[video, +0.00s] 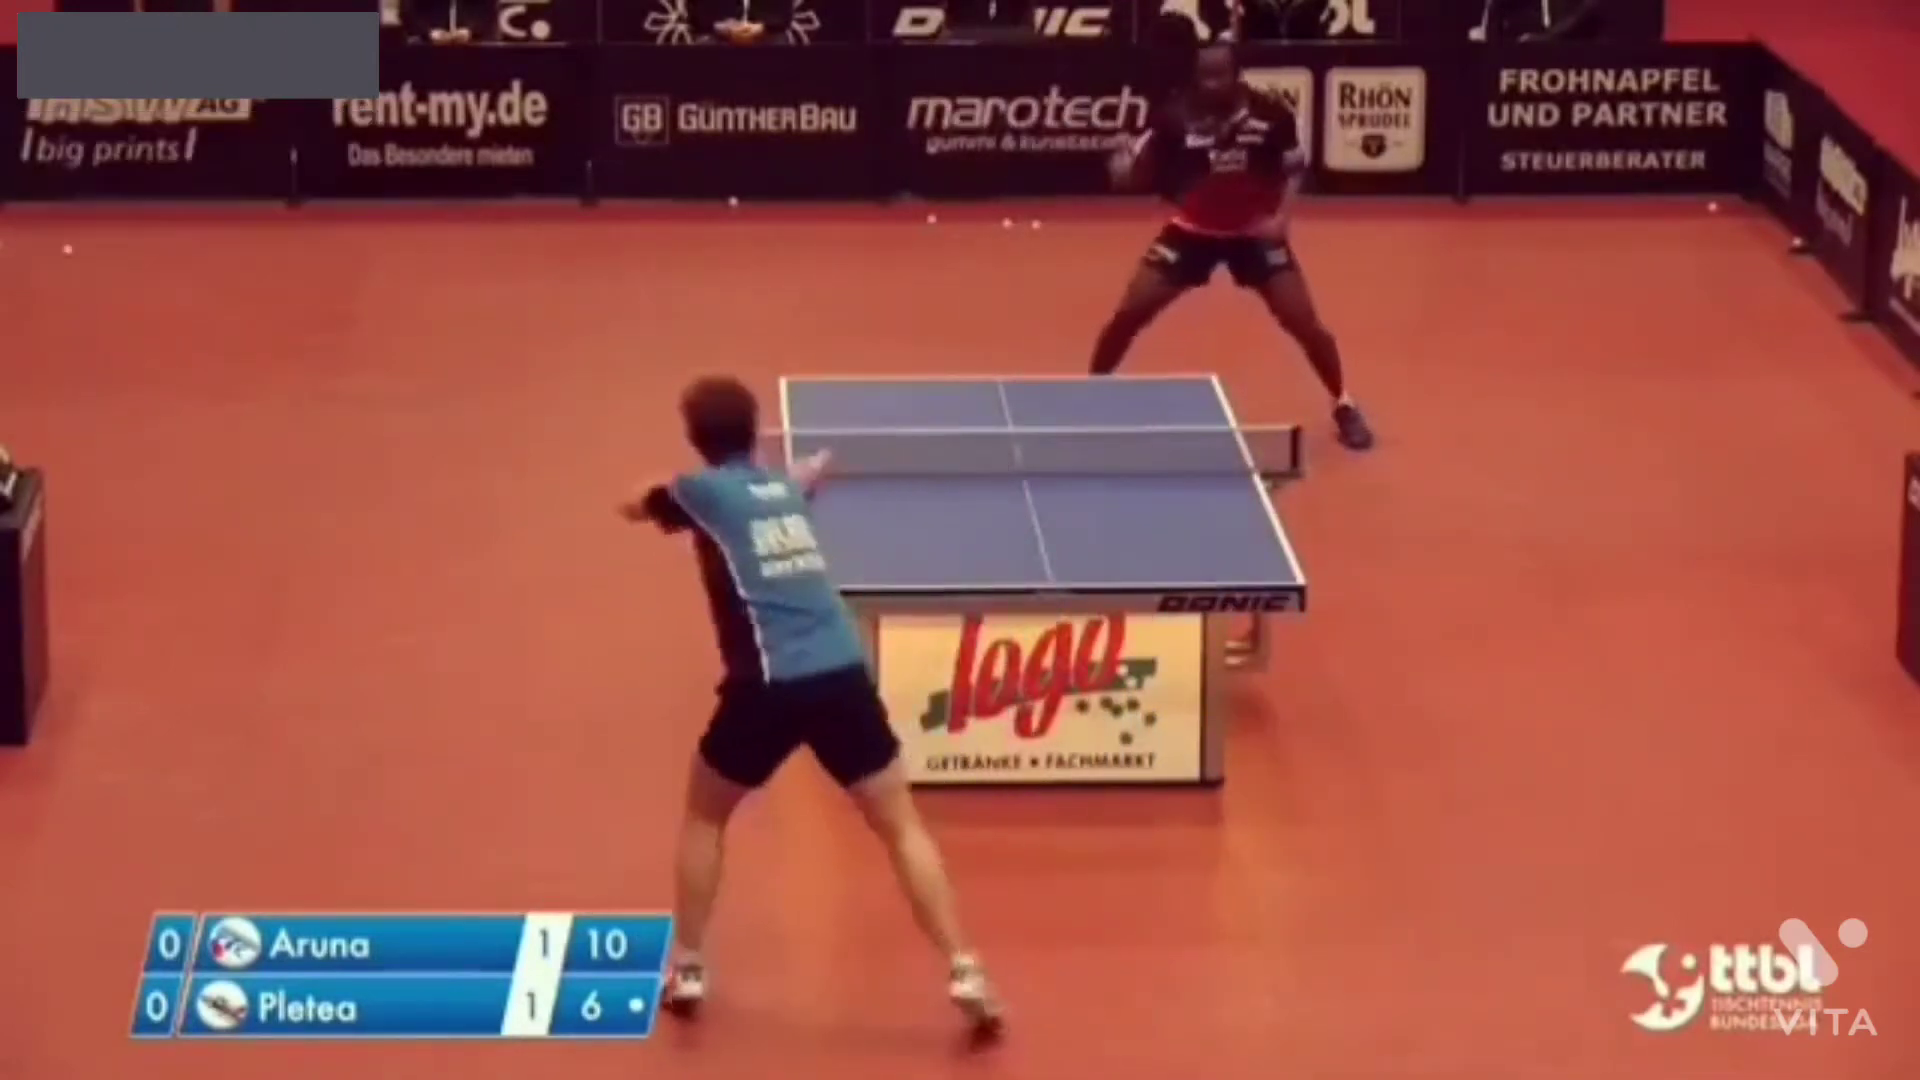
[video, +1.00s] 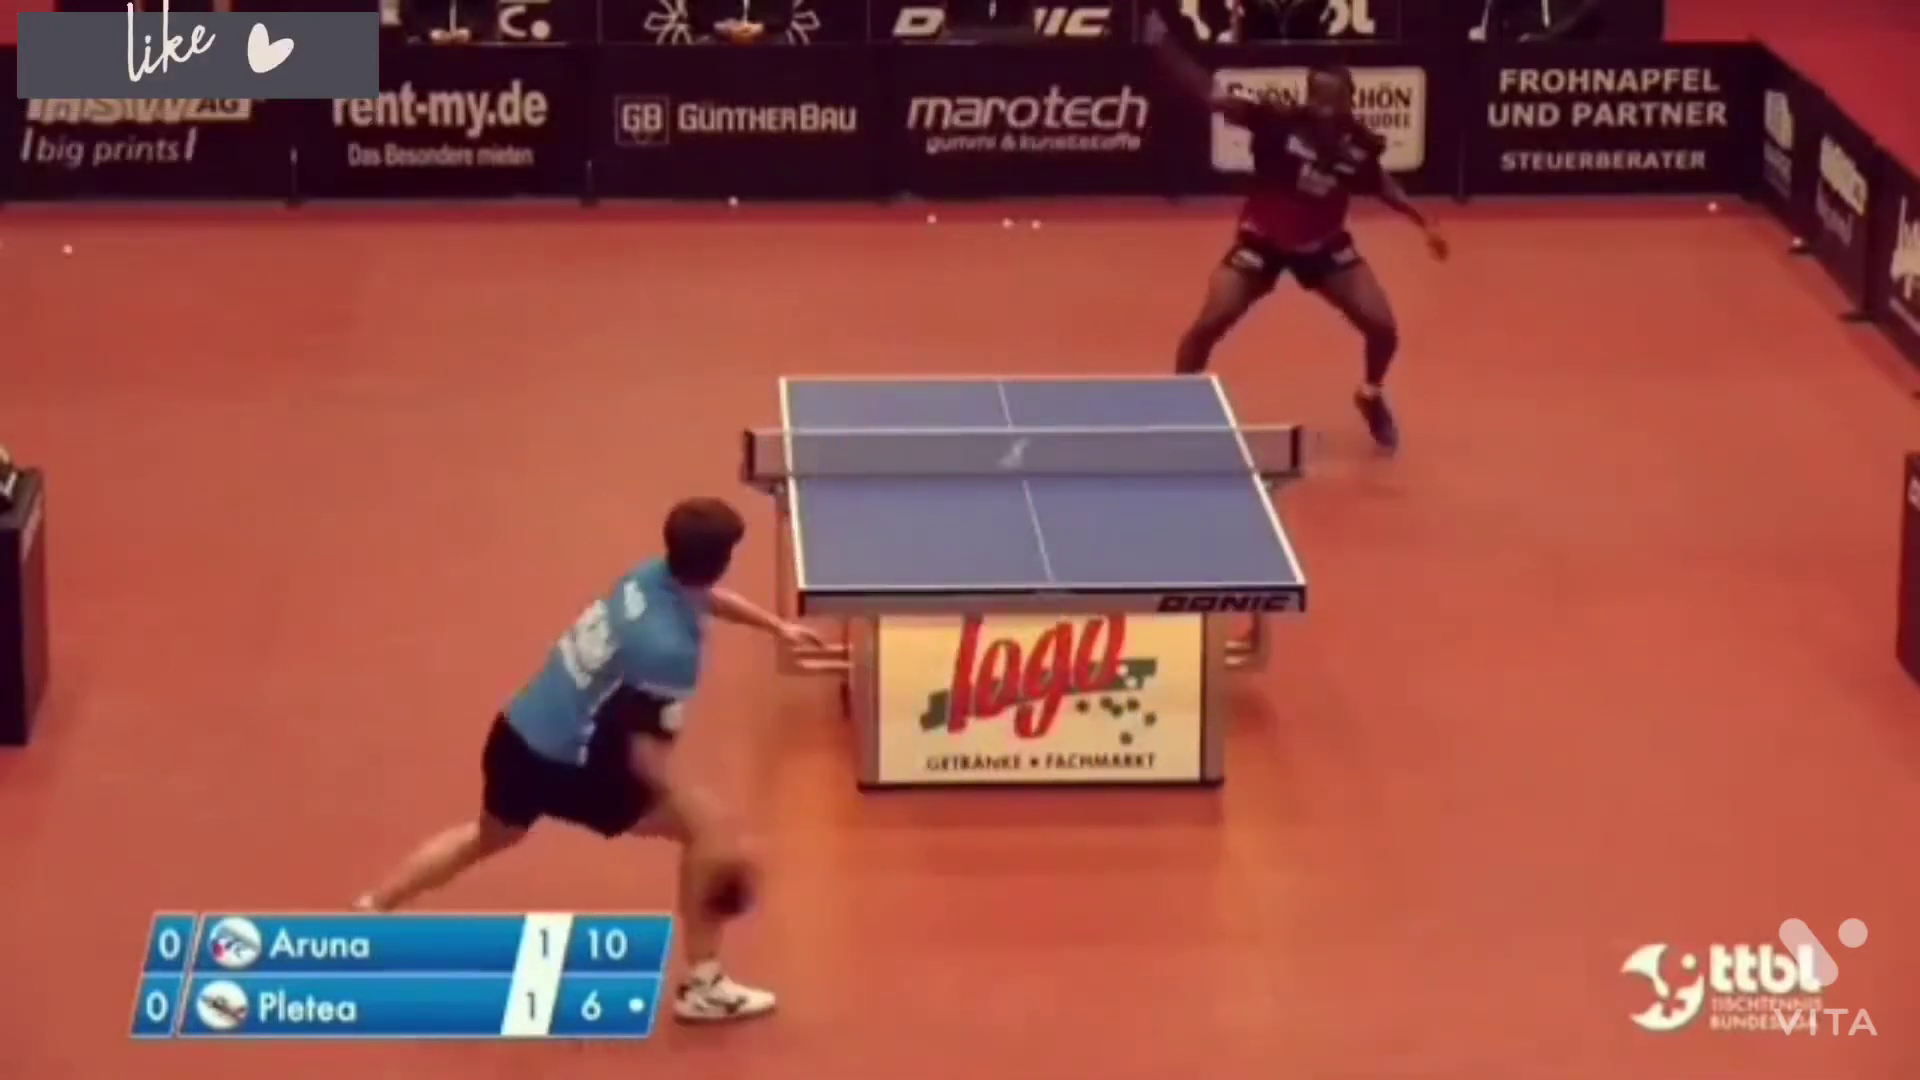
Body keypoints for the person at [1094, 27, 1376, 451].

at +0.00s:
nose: (1213, 84)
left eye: (1221, 74)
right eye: (1205, 75)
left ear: (1237, 73)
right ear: (1194, 76)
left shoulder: (1272, 116)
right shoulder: (1176, 119)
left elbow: (1294, 173)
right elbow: (1141, 179)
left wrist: (1281, 219)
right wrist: (1126, 166)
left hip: (1256, 235)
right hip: (1188, 234)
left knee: (1305, 324)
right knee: (1129, 314)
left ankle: (1343, 405)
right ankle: (1093, 394)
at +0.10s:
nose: (1201, 114)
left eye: (1209, 104)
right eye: (1193, 105)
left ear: (1226, 103)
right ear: (1182, 107)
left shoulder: (1259, 139)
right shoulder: (1164, 147)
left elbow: (1287, 187)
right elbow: (1136, 212)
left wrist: (1286, 229)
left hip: (1250, 246)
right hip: (1187, 246)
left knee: (1307, 332)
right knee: (1123, 325)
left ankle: (1333, 412)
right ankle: (1088, 402)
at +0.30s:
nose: (1234, 137)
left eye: (1240, 128)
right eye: (1226, 130)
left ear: (1256, 120)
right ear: (1216, 127)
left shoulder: (1286, 144)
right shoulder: (1201, 161)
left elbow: (1322, 175)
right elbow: (1175, 230)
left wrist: (1341, 220)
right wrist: (1206, 254)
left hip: (1272, 249)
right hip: (1209, 252)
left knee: (1331, 322)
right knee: (1149, 334)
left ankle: (1334, 415)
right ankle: (1107, 399)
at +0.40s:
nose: (1252, 143)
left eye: (1259, 134)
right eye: (1245, 135)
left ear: (1275, 130)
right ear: (1234, 134)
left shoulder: (1300, 150)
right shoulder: (1217, 168)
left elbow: (1340, 179)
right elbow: (1195, 239)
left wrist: (1367, 220)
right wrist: (1232, 270)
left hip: (1283, 255)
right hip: (1220, 256)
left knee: (1334, 323)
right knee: (1155, 331)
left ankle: (1335, 414)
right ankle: (1122, 399)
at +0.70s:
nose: (1303, 148)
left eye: (1308, 139)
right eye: (1294, 139)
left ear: (1317, 137)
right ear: (1275, 139)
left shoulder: (1327, 166)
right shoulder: (1250, 167)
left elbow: (1346, 203)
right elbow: (1221, 222)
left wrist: (1391, 245)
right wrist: (1270, 242)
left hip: (1301, 269)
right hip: (1239, 268)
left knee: (1359, 337)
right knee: (1179, 337)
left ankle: (1337, 418)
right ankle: (1147, 407)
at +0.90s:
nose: (1324, 109)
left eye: (1332, 101)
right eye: (1317, 99)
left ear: (1342, 99)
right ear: (1302, 97)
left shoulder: (1349, 137)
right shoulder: (1273, 129)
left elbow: (1365, 181)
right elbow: (1204, 121)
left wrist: (1410, 219)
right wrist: (1163, 72)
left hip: (1319, 253)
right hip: (1256, 251)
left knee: (1375, 330)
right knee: (1197, 335)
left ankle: (1347, 404)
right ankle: (1157, 407)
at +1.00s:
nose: (1325, 109)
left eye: (1333, 100)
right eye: (1319, 99)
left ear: (1348, 102)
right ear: (1306, 97)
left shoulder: (1360, 146)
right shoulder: (1276, 120)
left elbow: (1383, 188)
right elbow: (1209, 96)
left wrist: (1426, 226)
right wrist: (1162, 46)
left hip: (1324, 248)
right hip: (1261, 243)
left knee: (1383, 330)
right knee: (1209, 324)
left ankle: (1371, 396)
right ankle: (1180, 399)